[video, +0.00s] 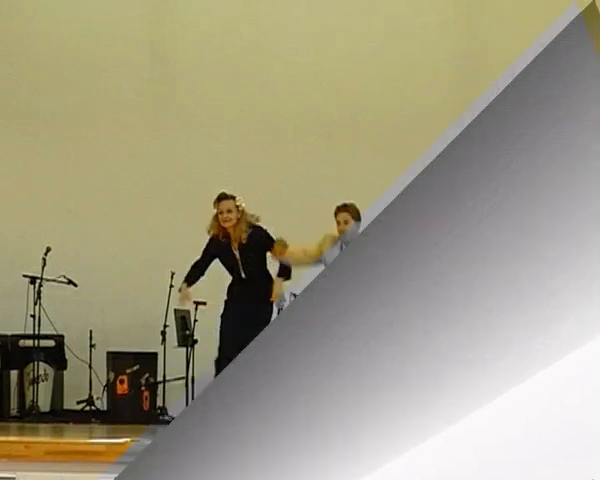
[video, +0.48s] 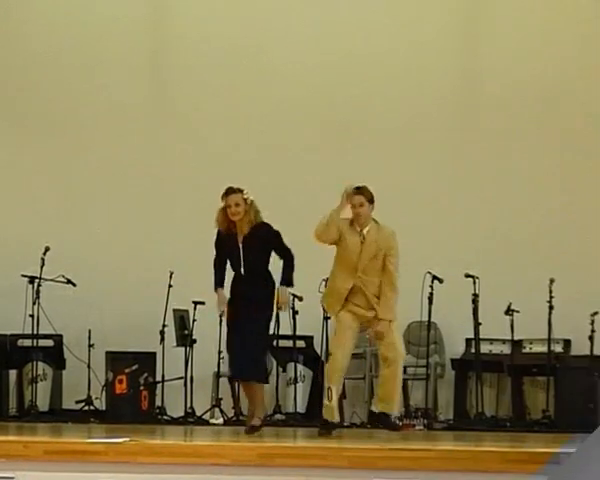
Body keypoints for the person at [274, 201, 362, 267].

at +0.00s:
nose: (341, 228)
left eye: (346, 223)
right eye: (338, 223)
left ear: (357, 224)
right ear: (336, 225)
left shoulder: (366, 247)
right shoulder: (329, 244)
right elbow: (308, 256)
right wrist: (284, 255)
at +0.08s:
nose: (343, 235)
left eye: (348, 231)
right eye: (340, 231)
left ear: (360, 232)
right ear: (338, 233)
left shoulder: (375, 262)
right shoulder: (329, 257)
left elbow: (381, 297)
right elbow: (310, 284)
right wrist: (285, 264)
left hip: (367, 323)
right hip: (340, 323)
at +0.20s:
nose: (344, 238)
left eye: (349, 233)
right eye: (341, 233)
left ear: (361, 235)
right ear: (338, 236)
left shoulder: (374, 263)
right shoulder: (333, 262)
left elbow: (363, 301)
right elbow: (325, 302)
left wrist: (338, 287)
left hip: (377, 328)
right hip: (347, 328)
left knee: (381, 368)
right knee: (328, 365)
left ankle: (386, 422)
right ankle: (332, 422)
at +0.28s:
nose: (346, 228)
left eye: (351, 223)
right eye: (343, 223)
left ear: (363, 224)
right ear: (340, 226)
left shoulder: (376, 251)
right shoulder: (335, 250)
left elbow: (372, 288)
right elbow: (321, 279)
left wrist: (346, 297)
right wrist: (329, 290)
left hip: (377, 320)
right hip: (348, 320)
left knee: (383, 365)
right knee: (330, 362)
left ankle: (391, 424)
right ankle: (329, 423)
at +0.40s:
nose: (351, 211)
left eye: (356, 206)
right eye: (348, 207)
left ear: (368, 208)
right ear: (345, 209)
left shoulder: (383, 236)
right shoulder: (339, 230)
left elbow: (383, 281)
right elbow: (314, 249)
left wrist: (375, 319)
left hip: (377, 304)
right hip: (345, 304)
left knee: (389, 356)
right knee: (335, 356)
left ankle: (389, 415)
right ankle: (330, 416)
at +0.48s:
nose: (356, 211)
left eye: (361, 206)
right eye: (352, 206)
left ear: (372, 207)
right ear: (348, 208)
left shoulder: (386, 236)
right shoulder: (342, 229)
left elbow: (390, 281)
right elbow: (322, 236)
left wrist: (384, 317)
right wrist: (340, 209)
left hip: (378, 307)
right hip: (347, 305)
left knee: (395, 354)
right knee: (338, 357)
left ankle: (381, 412)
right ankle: (329, 417)